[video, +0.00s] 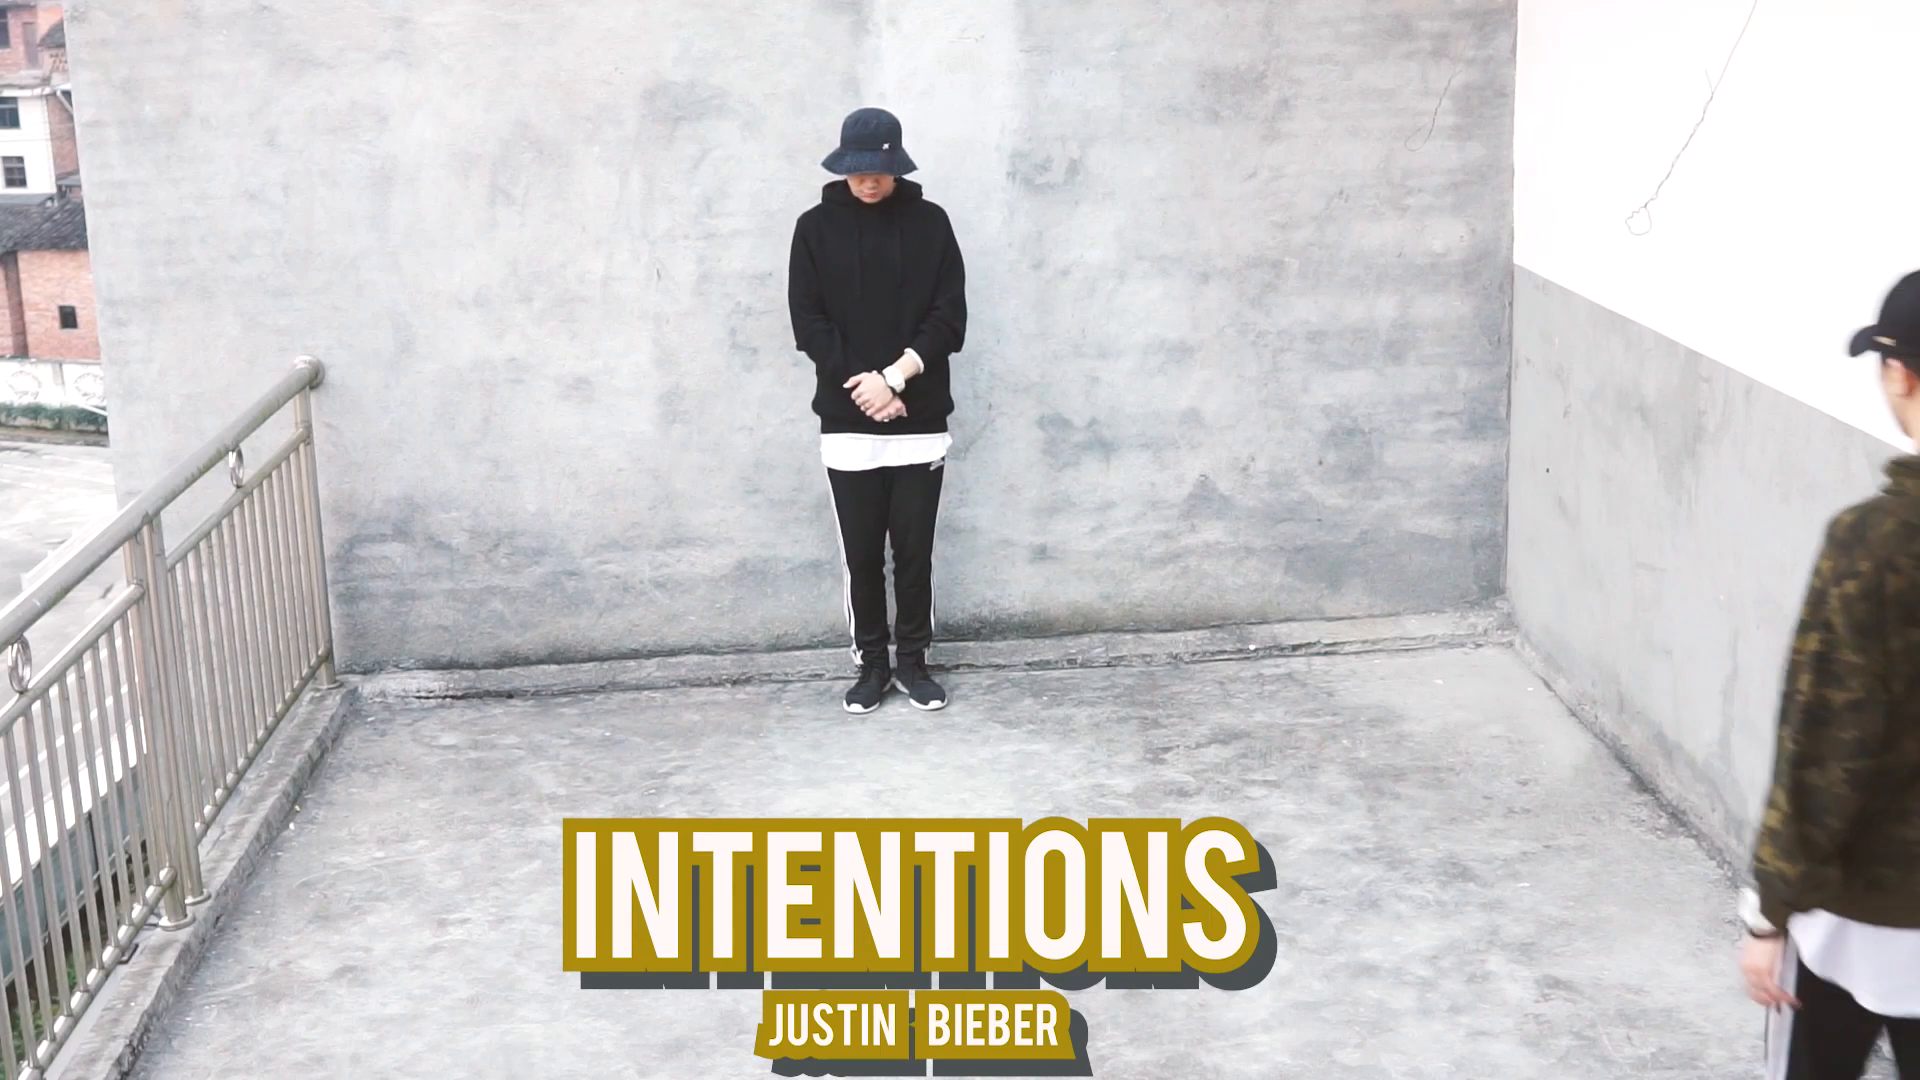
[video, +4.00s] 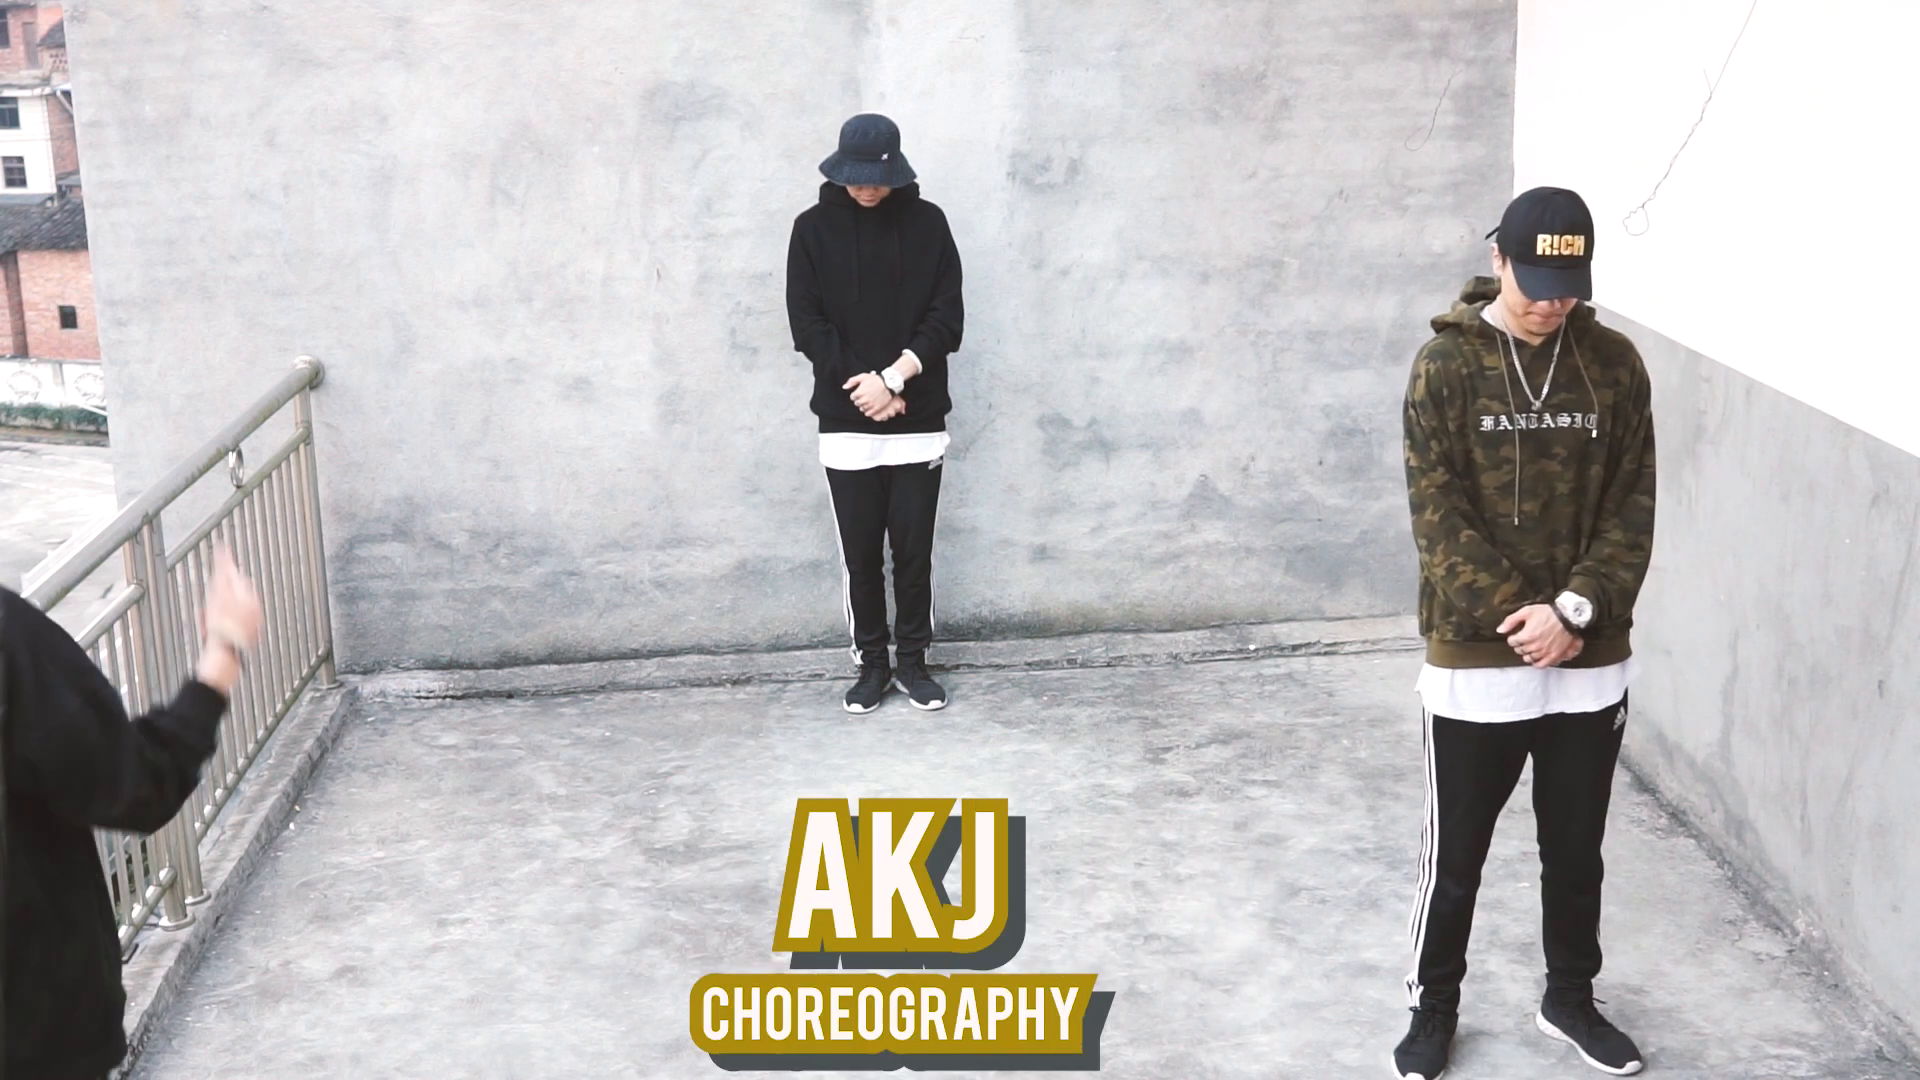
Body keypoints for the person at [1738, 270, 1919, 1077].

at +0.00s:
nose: (1882, 381)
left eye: (1882, 362)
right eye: (1882, 361)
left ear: (1904, 378)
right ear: (1910, 378)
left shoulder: (1880, 538)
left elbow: (1833, 744)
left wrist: (1769, 908)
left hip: (1869, 922)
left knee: (1814, 1067)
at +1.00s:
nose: (1553, 347)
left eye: (1566, 331)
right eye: (1549, 331)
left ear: (1627, 316)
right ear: (1619, 317)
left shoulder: (1647, 416)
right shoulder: (1631, 386)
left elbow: (1687, 585)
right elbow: (1575, 476)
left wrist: (1717, 749)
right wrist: (1504, 530)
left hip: (1624, 712)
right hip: (1632, 703)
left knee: (1563, 888)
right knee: (1641, 886)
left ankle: (1565, 1054)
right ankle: (1697, 1056)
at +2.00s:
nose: (1543, 311)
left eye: (1557, 293)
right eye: (1526, 292)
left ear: (1572, 281)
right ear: (1480, 272)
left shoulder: (1596, 369)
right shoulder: (1424, 378)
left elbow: (1619, 515)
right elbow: (1418, 529)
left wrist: (1563, 615)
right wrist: (1516, 643)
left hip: (1581, 674)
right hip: (1461, 681)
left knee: (1605, 858)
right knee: (1446, 865)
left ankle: (1606, 1004)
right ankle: (1427, 1017)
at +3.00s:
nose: (1545, 316)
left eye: (1560, 299)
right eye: (1529, 297)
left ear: (1581, 282)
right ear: (1490, 269)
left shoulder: (1605, 366)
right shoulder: (1436, 371)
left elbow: (1624, 511)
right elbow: (1424, 521)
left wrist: (1572, 615)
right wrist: (1518, 626)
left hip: (1585, 660)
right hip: (1466, 667)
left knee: (1601, 845)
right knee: (1449, 854)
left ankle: (1582, 992)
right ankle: (1432, 1003)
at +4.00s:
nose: (1556, 303)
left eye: (1571, 286)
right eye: (1540, 284)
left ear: (1591, 274)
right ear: (1500, 261)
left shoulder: (1616, 363)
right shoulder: (1447, 360)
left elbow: (1633, 508)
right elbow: (1436, 512)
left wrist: (1578, 611)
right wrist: (1523, 619)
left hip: (1589, 658)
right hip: (1474, 659)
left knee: (1577, 851)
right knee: (1455, 854)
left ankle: (1571, 998)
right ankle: (1433, 1007)